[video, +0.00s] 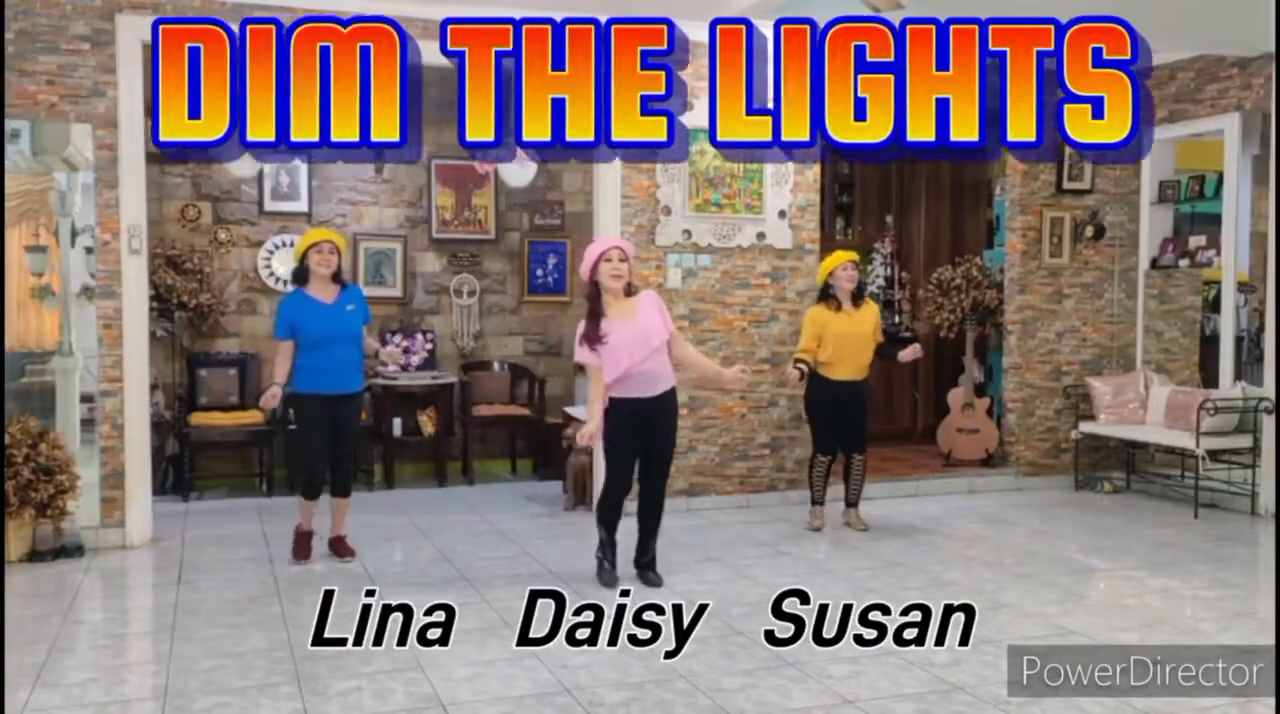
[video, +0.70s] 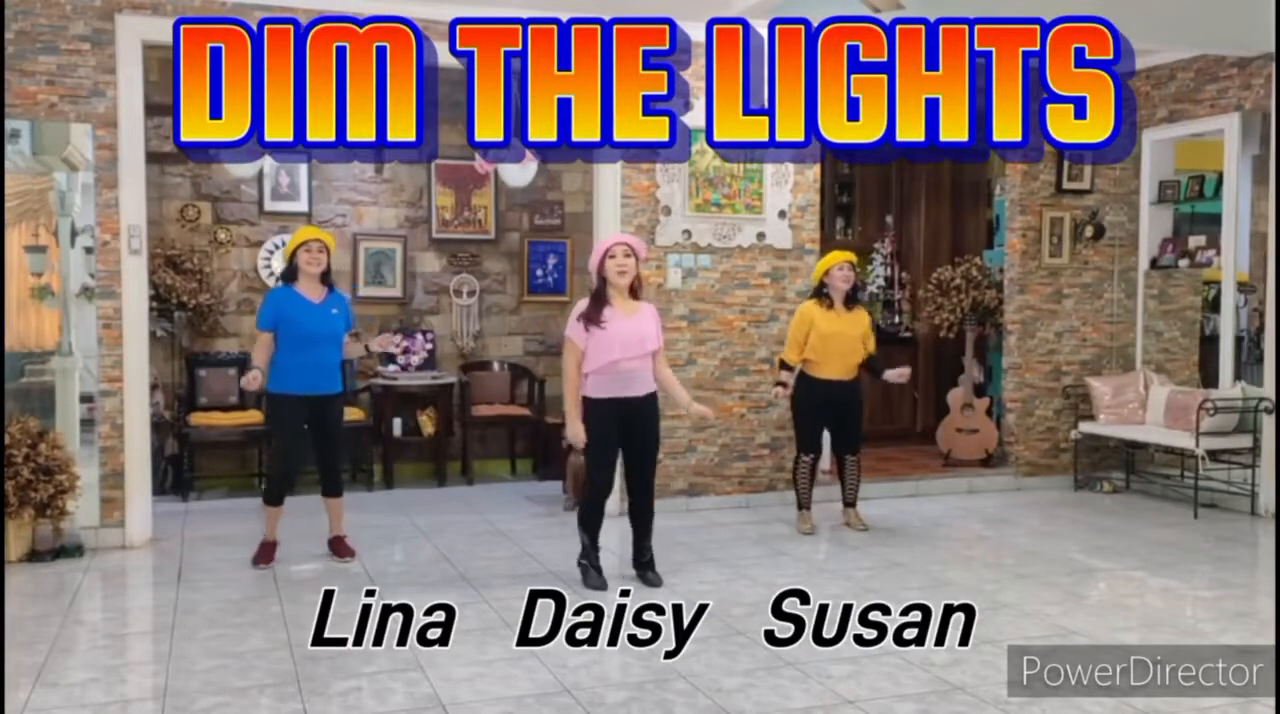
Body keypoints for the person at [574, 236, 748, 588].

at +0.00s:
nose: (617, 266)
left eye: (622, 261)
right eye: (608, 261)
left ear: (630, 268)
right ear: (594, 273)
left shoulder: (650, 302)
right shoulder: (592, 325)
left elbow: (680, 350)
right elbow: (596, 381)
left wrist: (722, 374)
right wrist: (594, 421)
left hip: (662, 404)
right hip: (621, 408)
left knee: (654, 487)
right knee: (618, 485)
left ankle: (646, 559)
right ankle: (606, 549)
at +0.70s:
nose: (621, 262)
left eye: (627, 257)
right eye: (613, 257)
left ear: (637, 266)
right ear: (601, 267)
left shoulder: (648, 313)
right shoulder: (586, 311)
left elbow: (661, 368)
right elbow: (571, 368)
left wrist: (689, 403)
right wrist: (573, 420)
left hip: (643, 406)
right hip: (600, 408)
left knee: (642, 487)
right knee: (599, 485)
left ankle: (644, 559)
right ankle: (589, 557)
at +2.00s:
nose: (627, 263)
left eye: (633, 257)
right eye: (618, 258)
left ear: (642, 265)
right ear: (606, 267)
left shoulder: (661, 304)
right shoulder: (601, 312)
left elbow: (684, 349)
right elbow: (589, 369)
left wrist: (692, 389)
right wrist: (571, 412)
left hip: (657, 403)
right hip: (612, 404)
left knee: (659, 485)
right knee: (603, 483)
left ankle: (662, 561)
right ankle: (591, 557)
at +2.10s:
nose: (632, 263)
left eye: (639, 257)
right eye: (625, 258)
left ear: (648, 266)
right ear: (612, 268)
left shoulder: (669, 305)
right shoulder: (609, 315)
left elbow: (701, 340)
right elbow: (597, 370)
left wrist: (699, 385)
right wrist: (588, 415)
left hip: (665, 403)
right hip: (622, 405)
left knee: (664, 486)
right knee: (610, 483)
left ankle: (663, 560)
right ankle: (596, 558)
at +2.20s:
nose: (639, 262)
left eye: (645, 256)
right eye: (631, 257)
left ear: (654, 264)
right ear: (619, 268)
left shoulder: (676, 303)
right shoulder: (614, 314)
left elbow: (713, 331)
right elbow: (603, 369)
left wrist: (703, 374)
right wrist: (602, 413)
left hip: (671, 404)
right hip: (627, 405)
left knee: (667, 488)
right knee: (617, 485)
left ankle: (663, 562)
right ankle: (608, 558)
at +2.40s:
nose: (647, 262)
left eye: (653, 256)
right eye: (639, 257)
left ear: (662, 265)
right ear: (627, 268)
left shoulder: (681, 304)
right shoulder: (620, 317)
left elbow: (713, 332)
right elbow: (608, 373)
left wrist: (703, 374)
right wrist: (621, 399)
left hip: (677, 404)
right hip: (637, 406)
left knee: (671, 487)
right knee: (639, 487)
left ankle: (665, 560)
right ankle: (642, 557)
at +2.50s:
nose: (650, 265)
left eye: (656, 259)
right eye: (642, 260)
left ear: (665, 268)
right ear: (629, 270)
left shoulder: (680, 310)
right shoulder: (620, 319)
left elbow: (713, 341)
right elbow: (608, 373)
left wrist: (701, 382)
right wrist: (629, 400)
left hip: (680, 407)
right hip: (642, 411)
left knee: (676, 488)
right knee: (647, 488)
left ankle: (665, 560)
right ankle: (645, 558)